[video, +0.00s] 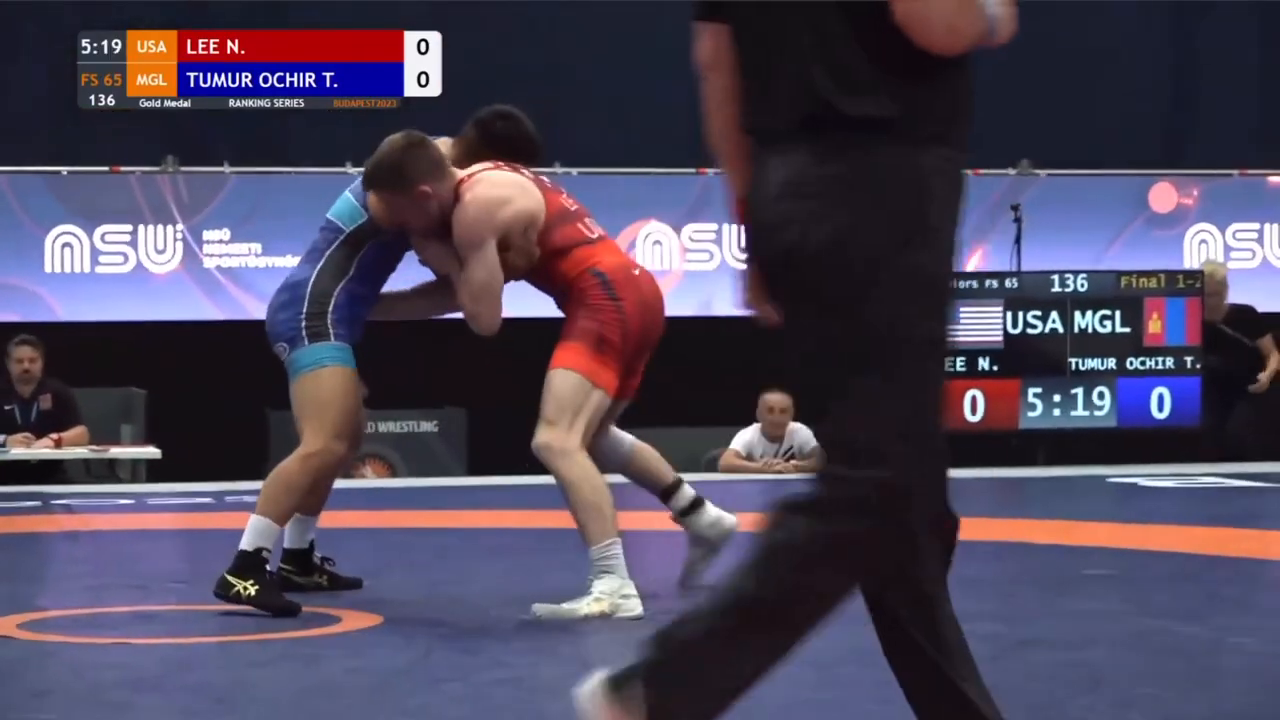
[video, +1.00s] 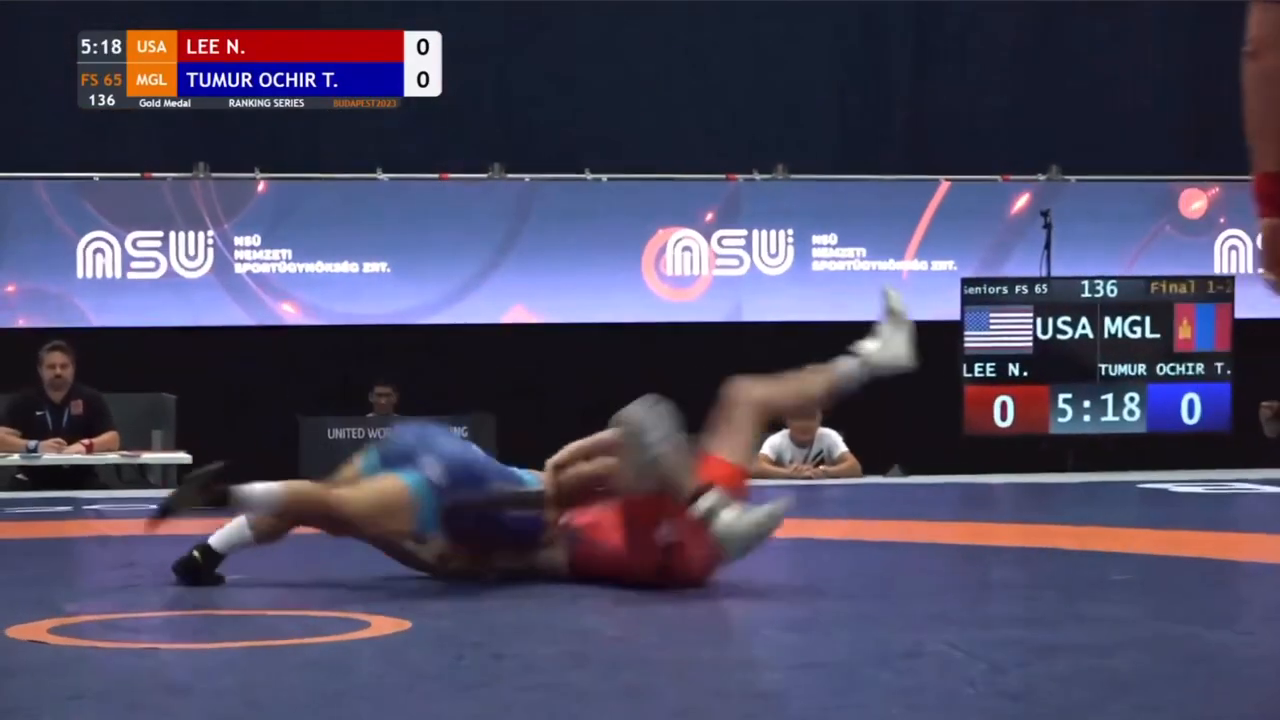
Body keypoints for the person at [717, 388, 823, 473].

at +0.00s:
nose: (776, 417)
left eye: (783, 411)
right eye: (770, 411)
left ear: (792, 415)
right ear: (758, 414)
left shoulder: (800, 432)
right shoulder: (747, 435)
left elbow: (820, 462)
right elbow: (725, 463)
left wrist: (791, 467)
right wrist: (763, 468)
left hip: (792, 495)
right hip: (754, 495)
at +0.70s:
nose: (777, 421)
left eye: (784, 415)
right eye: (771, 415)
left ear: (792, 417)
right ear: (760, 417)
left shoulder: (801, 435)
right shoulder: (749, 438)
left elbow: (826, 466)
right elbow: (727, 466)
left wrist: (794, 470)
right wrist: (763, 470)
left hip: (794, 497)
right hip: (757, 498)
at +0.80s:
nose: (791, 421)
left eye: (797, 415)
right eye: (784, 415)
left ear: (805, 418)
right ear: (773, 417)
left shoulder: (815, 435)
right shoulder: (762, 439)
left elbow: (840, 466)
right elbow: (741, 467)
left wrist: (807, 470)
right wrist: (778, 471)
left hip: (808, 498)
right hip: (771, 499)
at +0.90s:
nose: (799, 422)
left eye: (805, 416)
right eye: (792, 416)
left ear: (814, 419)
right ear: (781, 418)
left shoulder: (823, 436)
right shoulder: (770, 439)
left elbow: (848, 467)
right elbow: (749, 467)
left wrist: (816, 471)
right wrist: (785, 472)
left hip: (817, 500)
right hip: (779, 501)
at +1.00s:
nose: (805, 426)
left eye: (811, 420)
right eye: (799, 420)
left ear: (819, 419)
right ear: (788, 421)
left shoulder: (830, 438)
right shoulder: (777, 441)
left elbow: (855, 468)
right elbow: (760, 468)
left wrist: (825, 472)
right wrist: (792, 474)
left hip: (824, 502)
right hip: (786, 502)